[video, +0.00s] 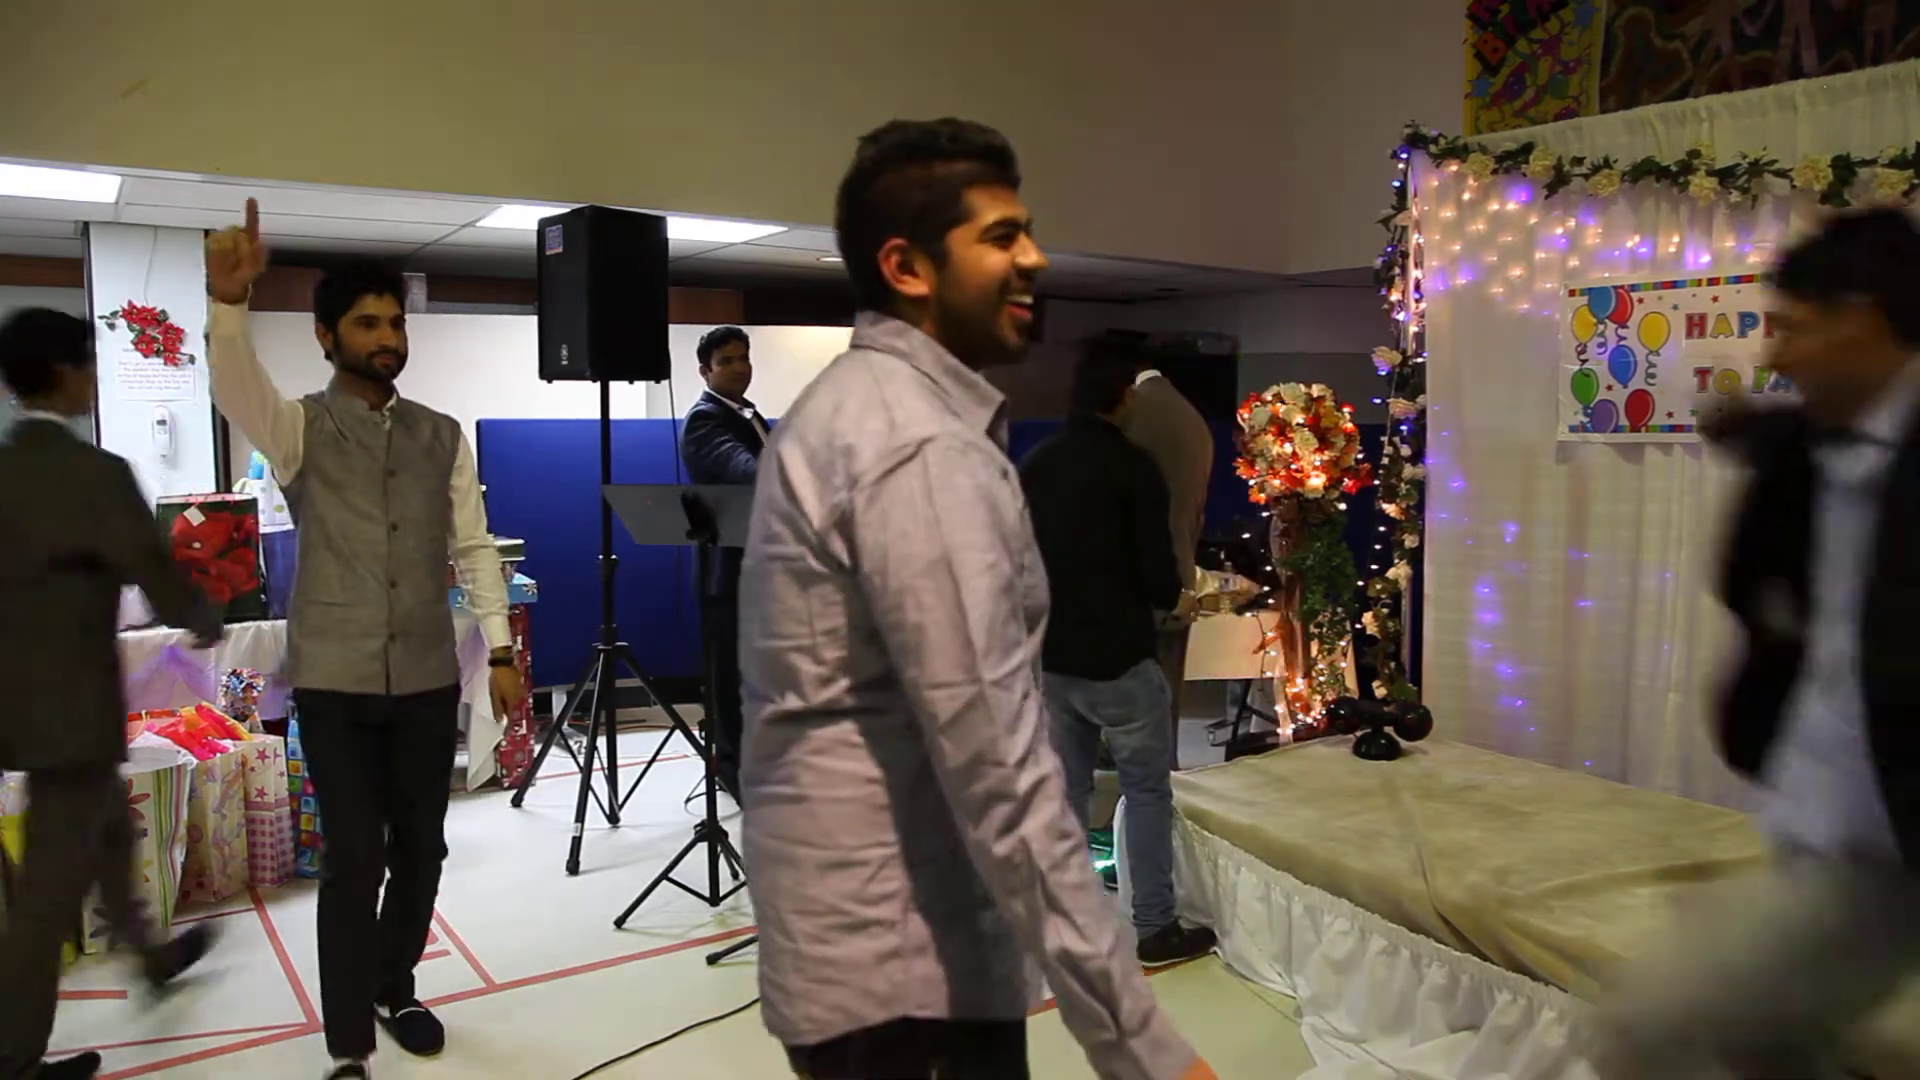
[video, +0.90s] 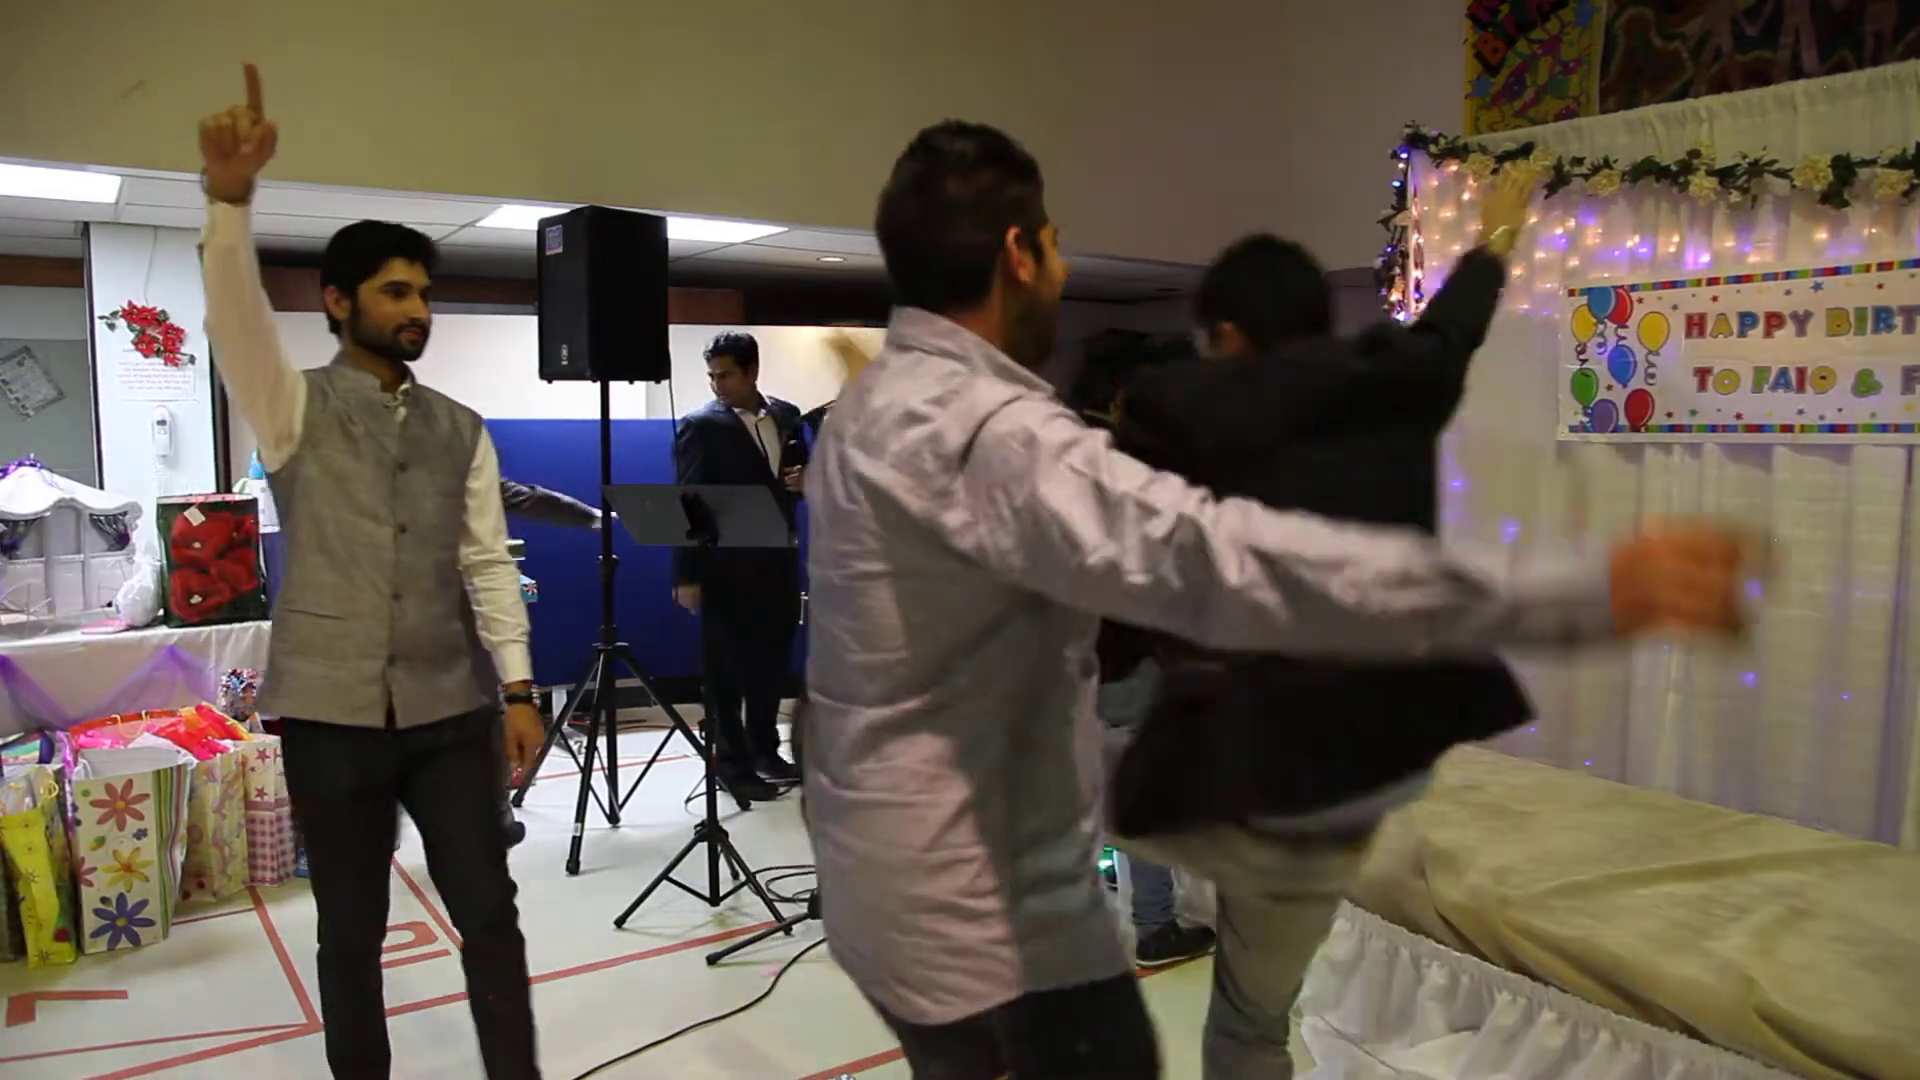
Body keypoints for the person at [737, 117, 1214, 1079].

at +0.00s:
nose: (1038, 262)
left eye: (1030, 236)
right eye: (1003, 236)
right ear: (906, 267)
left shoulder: (844, 404)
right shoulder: (915, 434)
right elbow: (1000, 767)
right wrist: (1141, 1040)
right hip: (906, 952)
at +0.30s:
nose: (1041, 257)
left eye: (1032, 229)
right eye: (1003, 231)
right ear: (899, 264)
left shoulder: (850, 396)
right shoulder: (911, 436)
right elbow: (1042, 747)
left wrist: (1001, 934)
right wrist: (1241, 1036)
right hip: (896, 944)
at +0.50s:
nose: (1058, 263)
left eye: (1052, 237)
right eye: (1026, 238)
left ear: (927, 275)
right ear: (923, 267)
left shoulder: (873, 403)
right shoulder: (921, 437)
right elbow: (1084, 717)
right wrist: (1374, 1004)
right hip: (910, 937)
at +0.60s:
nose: (1070, 276)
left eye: (1061, 248)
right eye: (1046, 249)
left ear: (958, 271)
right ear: (958, 271)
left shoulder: (864, 422)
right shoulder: (933, 455)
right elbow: (1122, 715)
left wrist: (1196, 680)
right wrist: (1445, 936)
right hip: (919, 954)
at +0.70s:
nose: (1070, 270)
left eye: (1060, 240)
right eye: (1055, 241)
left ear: (966, 259)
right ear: (990, 258)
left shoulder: (890, 399)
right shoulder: (950, 427)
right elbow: (1154, 653)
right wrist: (1508, 834)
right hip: (944, 947)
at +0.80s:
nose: (1070, 265)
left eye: (1063, 238)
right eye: (1058, 238)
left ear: (927, 256)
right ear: (1008, 249)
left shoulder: (895, 381)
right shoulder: (964, 407)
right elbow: (1190, 585)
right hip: (962, 913)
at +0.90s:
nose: (1065, 270)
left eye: (1059, 243)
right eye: (1055, 243)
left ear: (913, 267)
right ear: (1017, 255)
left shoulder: (885, 402)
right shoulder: (967, 420)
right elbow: (1205, 560)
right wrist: (1581, 601)